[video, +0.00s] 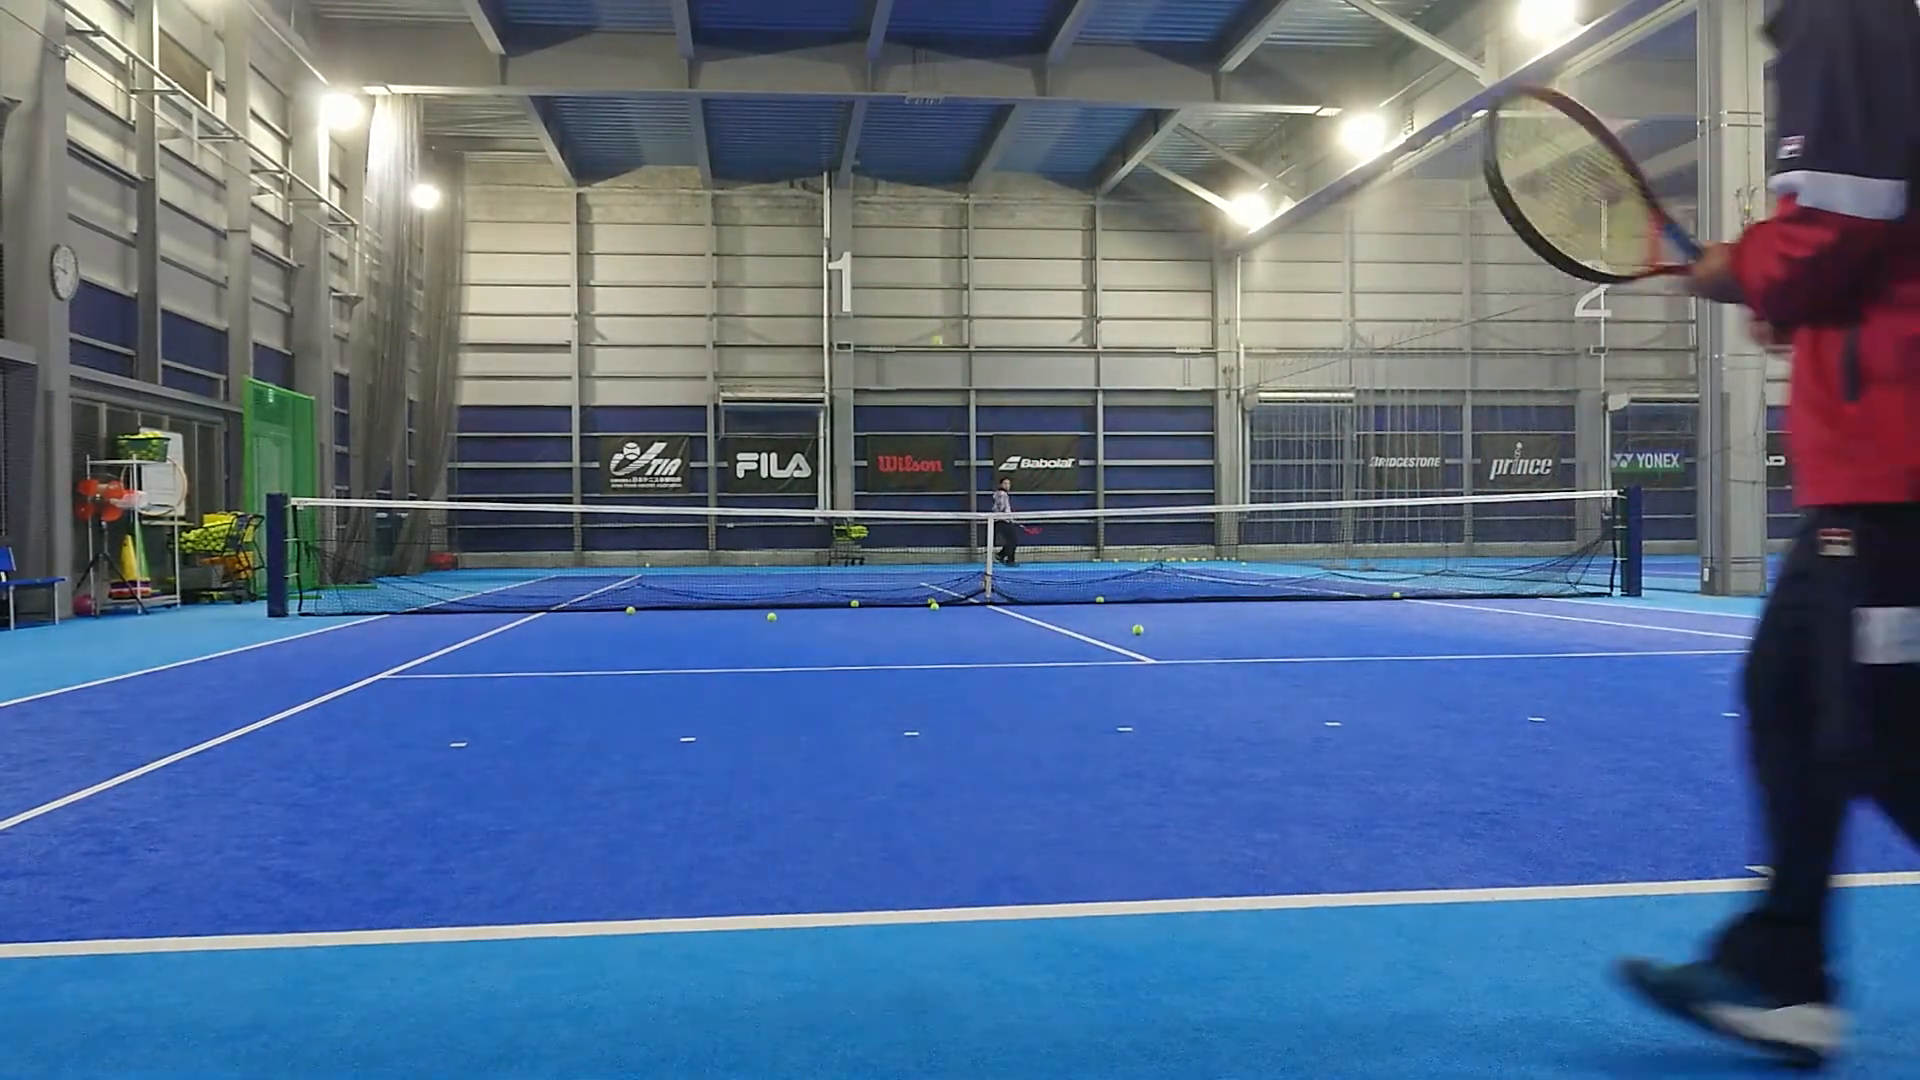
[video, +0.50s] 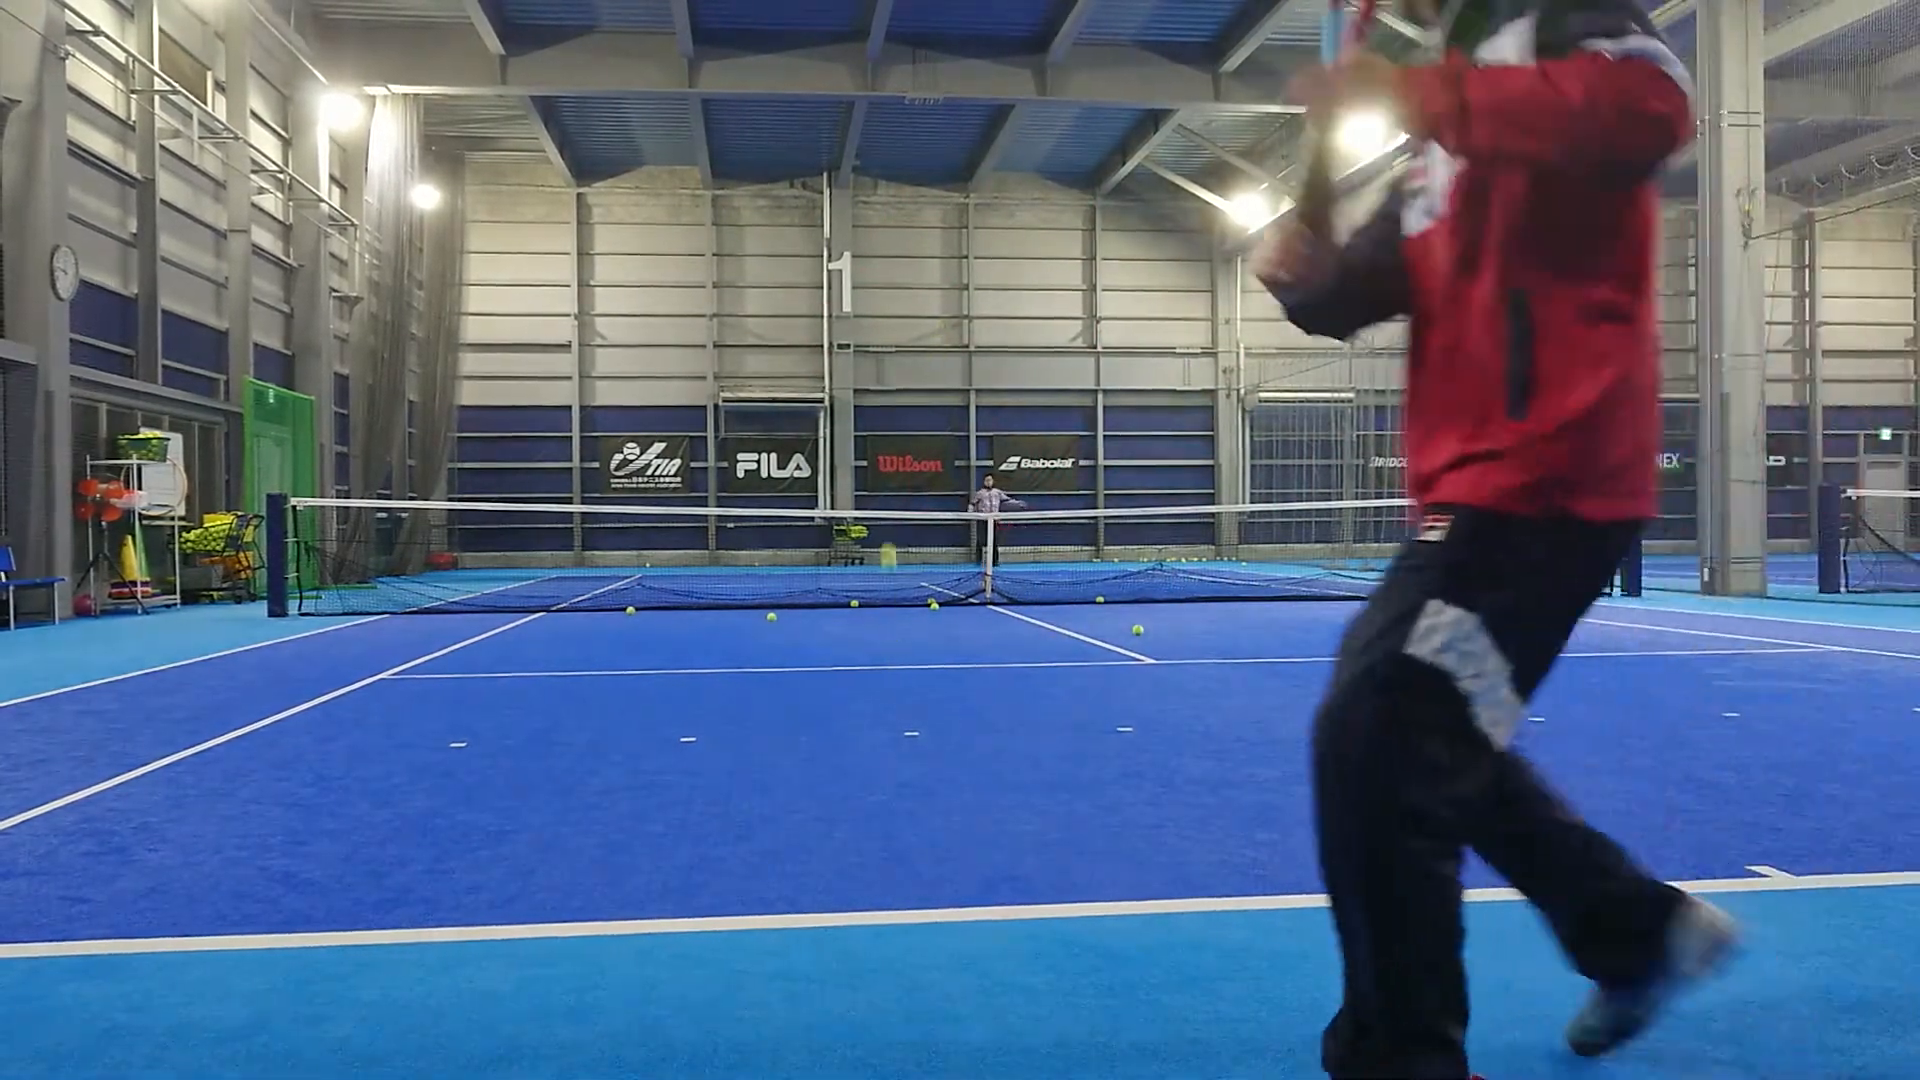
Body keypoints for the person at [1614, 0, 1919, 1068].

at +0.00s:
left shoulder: (1846, 18)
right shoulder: (1844, 25)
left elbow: (1840, 230)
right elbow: (1832, 227)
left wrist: (1731, 272)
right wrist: (1725, 262)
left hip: (1890, 472)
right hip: (1859, 470)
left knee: (1879, 735)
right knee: (1787, 692)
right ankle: (1780, 965)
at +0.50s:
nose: (1388, 49)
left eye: (1395, 29)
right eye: (1383, 41)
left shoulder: (1580, 41)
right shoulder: (1459, 160)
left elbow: (1650, 109)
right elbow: (1380, 285)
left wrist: (1418, 89)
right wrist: (1315, 276)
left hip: (1557, 484)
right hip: (1475, 486)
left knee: (1381, 732)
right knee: (1396, 737)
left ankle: (1402, 1057)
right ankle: (1639, 936)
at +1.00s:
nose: (1122, 9)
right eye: (1120, 6)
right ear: (1149, 7)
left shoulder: (1305, 31)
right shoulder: (1153, 95)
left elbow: (1436, 165)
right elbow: (1059, 240)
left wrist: (1315, 279)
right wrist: (1054, 238)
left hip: (1285, 481)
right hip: (1196, 482)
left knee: (1160, 749)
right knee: (1108, 725)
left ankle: (1359, 1041)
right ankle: (1139, 998)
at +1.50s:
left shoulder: (1100, 43)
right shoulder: (1374, 20)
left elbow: (952, 168)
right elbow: (1590, 18)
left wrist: (782, 245)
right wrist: (1707, 5)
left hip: (1223, 449)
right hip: (1377, 443)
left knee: (1177, 765)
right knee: (1279, 741)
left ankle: (1202, 1057)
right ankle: (1179, 972)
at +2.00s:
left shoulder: (1474, 74)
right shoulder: (1743, 41)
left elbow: (1363, 234)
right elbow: (1905, 168)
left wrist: (1255, 350)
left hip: (1533, 465)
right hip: (1711, 465)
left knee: (1476, 715)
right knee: (1721, 769)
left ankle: (1372, 916)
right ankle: (1674, 1053)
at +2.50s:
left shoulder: (1878, 75)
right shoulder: (1870, 78)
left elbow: (1786, 271)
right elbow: (1790, 267)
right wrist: (1787, 359)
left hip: (1909, 483)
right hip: (1900, 483)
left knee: (1891, 726)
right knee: (1889, 722)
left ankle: (1913, 973)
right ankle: (1909, 966)